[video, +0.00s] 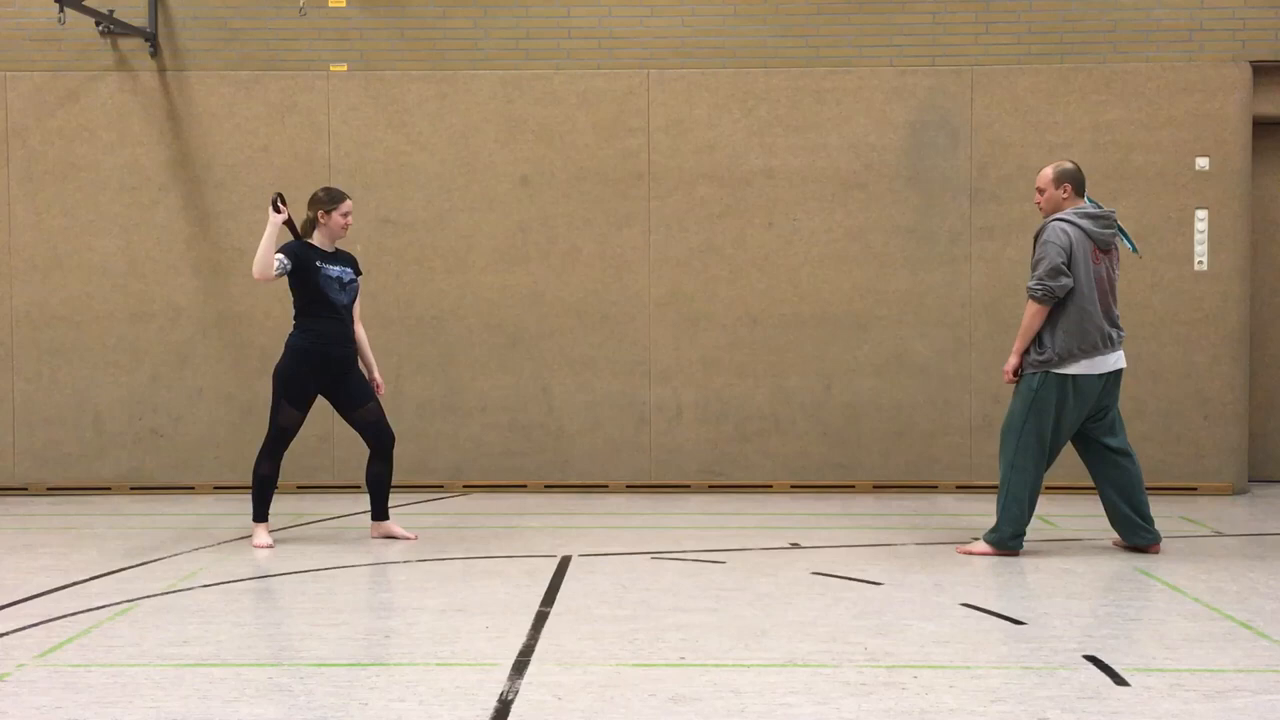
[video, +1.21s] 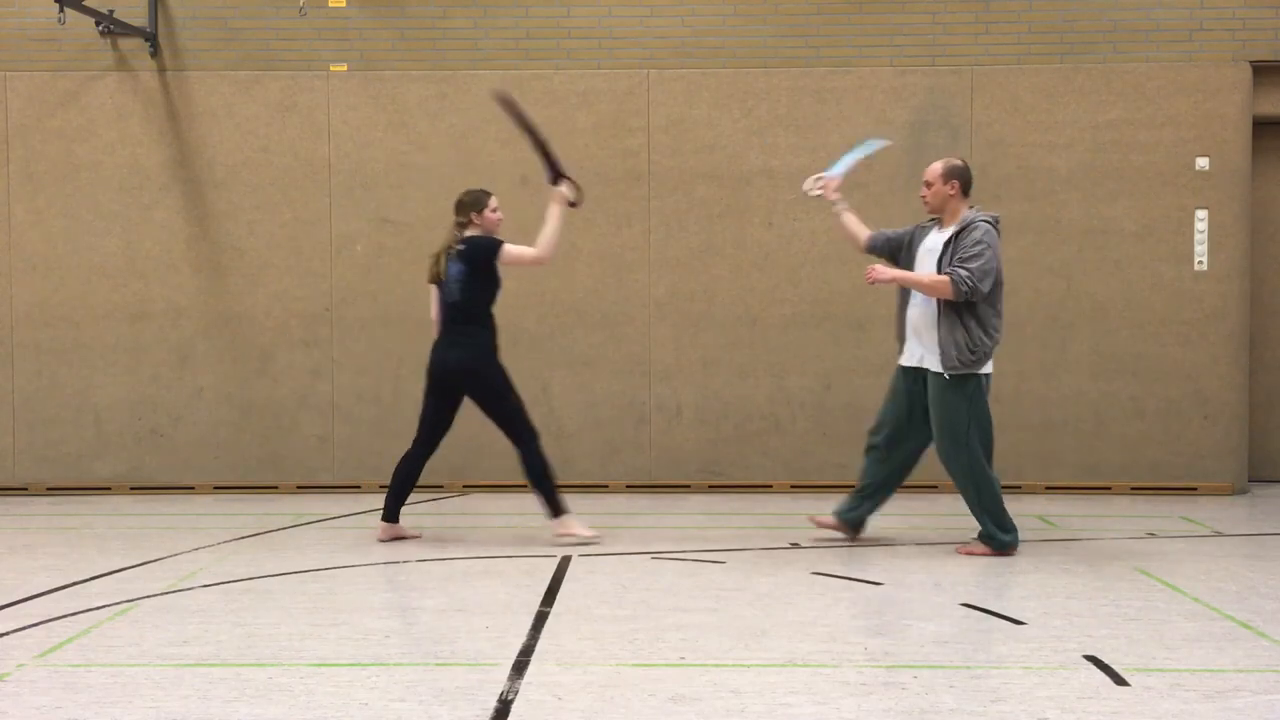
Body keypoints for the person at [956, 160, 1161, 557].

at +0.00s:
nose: (1036, 200)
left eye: (1041, 192)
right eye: (1036, 192)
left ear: (1065, 191)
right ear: (1072, 192)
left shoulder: (1056, 232)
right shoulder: (1102, 228)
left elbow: (1043, 295)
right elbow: (1100, 294)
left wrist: (1017, 351)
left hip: (1062, 366)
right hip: (1104, 363)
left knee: (1022, 445)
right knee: (1109, 448)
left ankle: (1004, 538)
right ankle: (1141, 534)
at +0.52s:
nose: (1029, 202)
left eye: (1034, 194)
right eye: (1029, 194)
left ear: (1058, 195)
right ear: (1066, 195)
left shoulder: (1050, 235)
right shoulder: (1093, 229)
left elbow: (1036, 295)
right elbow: (1096, 286)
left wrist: (995, 346)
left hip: (1059, 369)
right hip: (1101, 365)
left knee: (1008, 438)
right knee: (1107, 447)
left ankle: (1003, 537)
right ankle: (1141, 534)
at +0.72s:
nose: (1004, 203)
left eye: (1009, 196)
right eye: (1005, 195)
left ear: (1033, 198)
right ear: (1041, 198)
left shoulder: (1026, 238)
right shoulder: (1063, 232)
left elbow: (1002, 294)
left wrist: (942, 320)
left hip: (1028, 374)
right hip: (1068, 368)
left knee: (976, 441)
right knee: (1084, 444)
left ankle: (1000, 537)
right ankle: (1137, 525)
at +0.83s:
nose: (986, 199)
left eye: (992, 191)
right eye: (988, 191)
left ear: (1016, 193)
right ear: (1023, 193)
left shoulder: (1011, 234)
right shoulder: (1043, 228)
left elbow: (988, 286)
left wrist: (922, 300)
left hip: (1006, 372)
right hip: (1046, 367)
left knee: (971, 445)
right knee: (1045, 437)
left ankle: (999, 538)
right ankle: (1112, 512)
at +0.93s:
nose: (971, 193)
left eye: (976, 186)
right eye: (971, 186)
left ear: (1000, 189)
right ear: (1002, 191)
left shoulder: (1000, 233)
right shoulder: (1020, 226)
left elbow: (971, 283)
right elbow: (1032, 283)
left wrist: (909, 286)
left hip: (993, 370)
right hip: (1022, 366)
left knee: (968, 446)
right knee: (1003, 440)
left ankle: (999, 538)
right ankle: (1061, 503)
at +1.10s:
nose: (945, 189)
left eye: (950, 182)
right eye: (945, 182)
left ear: (975, 185)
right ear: (972, 186)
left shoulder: (992, 231)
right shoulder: (960, 233)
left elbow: (965, 280)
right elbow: (913, 243)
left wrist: (901, 275)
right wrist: (901, 195)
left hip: (978, 366)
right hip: (946, 362)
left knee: (972, 451)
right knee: (921, 433)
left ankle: (1001, 538)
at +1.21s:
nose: (922, 193)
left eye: (928, 186)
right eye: (922, 185)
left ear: (953, 189)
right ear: (947, 188)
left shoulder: (979, 235)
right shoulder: (922, 235)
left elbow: (959, 286)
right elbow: (868, 240)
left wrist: (897, 275)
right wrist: (836, 201)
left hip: (957, 368)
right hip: (916, 363)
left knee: (964, 455)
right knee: (889, 442)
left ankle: (1000, 537)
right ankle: (851, 518)